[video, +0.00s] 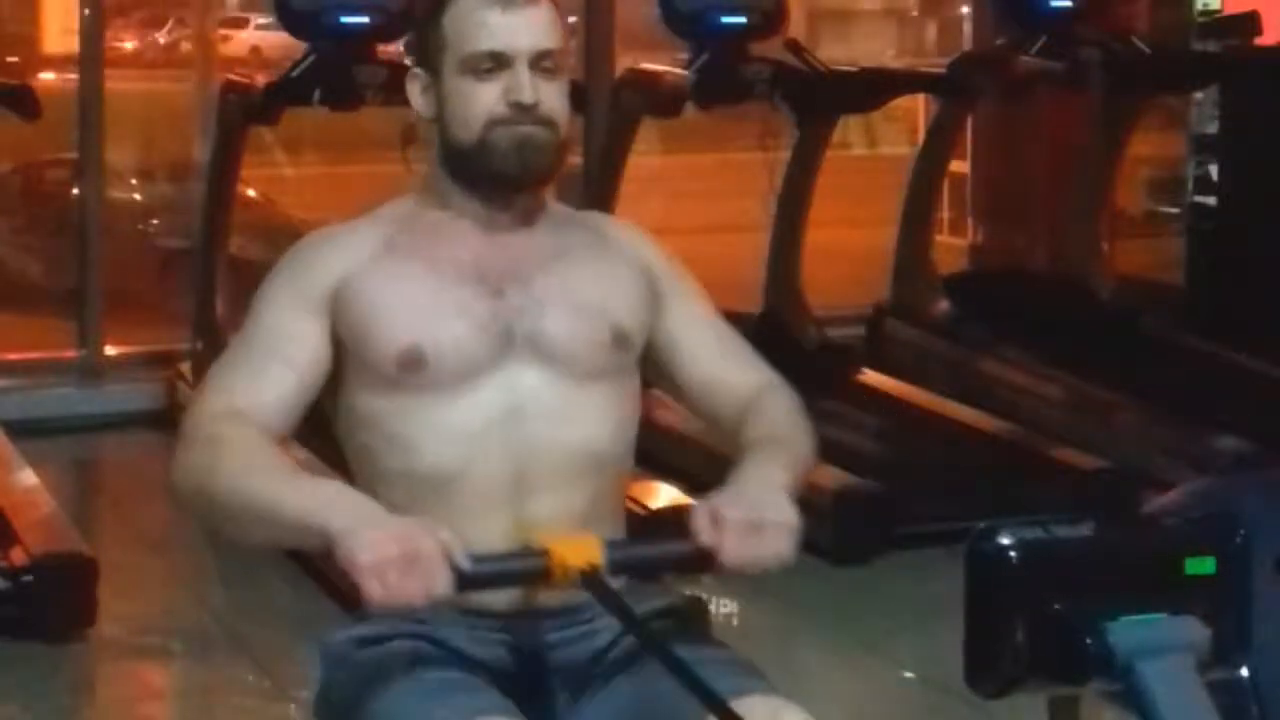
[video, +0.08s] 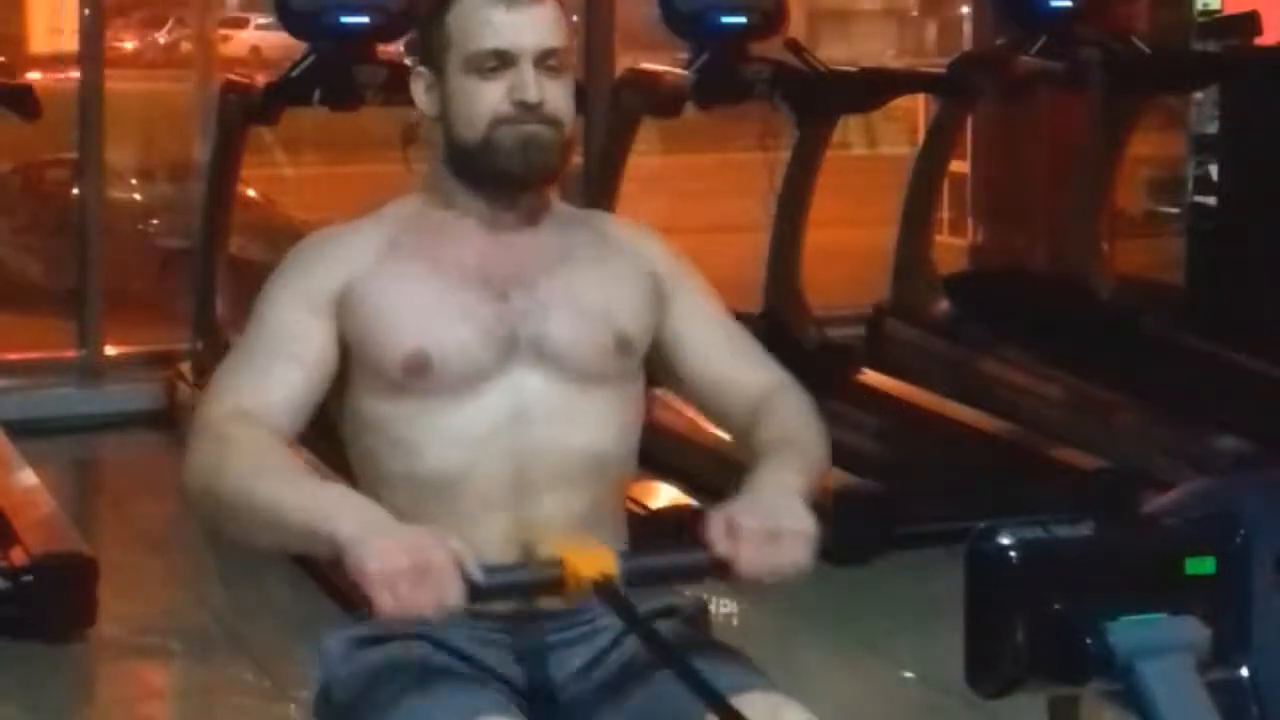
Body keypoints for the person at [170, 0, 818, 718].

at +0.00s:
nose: (524, 94)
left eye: (545, 69)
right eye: (487, 69)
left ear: (570, 89)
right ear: (421, 91)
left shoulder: (624, 257)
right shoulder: (335, 265)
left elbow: (767, 407)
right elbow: (211, 450)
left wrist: (763, 481)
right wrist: (355, 520)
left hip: (618, 617)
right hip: (425, 630)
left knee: (772, 715)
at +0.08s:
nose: (529, 92)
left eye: (550, 67)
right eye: (492, 68)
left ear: (575, 87)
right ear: (425, 90)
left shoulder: (632, 258)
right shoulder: (339, 266)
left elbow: (776, 405)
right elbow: (222, 449)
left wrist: (780, 484)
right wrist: (367, 530)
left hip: (616, 620)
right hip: (426, 630)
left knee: (779, 715)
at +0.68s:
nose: (700, 180)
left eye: (724, 146)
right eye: (653, 149)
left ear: (754, 165)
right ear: (575, 181)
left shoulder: (827, 370)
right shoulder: (462, 385)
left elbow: (986, 557)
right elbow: (523, 589)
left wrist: (1090, 700)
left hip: (683, 671)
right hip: (472, 684)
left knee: (847, 679)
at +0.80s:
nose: (684, 170)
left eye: (708, 135)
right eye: (637, 138)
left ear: (737, 153)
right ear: (561, 167)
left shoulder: (810, 354)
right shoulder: (448, 367)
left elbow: (962, 532)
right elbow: (499, 577)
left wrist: (1077, 694)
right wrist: (588, 719)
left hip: (679, 668)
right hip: (474, 681)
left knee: (852, 684)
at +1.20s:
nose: (522, 81)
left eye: (543, 53)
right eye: (483, 56)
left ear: (570, 72)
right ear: (418, 77)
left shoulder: (640, 244)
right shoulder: (336, 255)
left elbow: (767, 395)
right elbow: (279, 434)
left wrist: (813, 497)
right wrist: (415, 543)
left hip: (598, 613)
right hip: (412, 626)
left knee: (738, 713)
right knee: (437, 707)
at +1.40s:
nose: (495, 92)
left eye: (514, 64)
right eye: (458, 68)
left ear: (536, 78)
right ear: (395, 88)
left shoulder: (589, 239)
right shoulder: (315, 253)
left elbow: (696, 394)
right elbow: (184, 438)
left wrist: (699, 470)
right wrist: (317, 500)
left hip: (602, 621)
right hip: (413, 635)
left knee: (710, 705)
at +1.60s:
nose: (498, 96)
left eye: (517, 69)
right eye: (461, 71)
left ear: (539, 87)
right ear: (398, 91)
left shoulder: (585, 245)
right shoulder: (317, 258)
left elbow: (698, 399)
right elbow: (192, 448)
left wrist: (710, 471)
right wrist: (336, 518)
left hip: (601, 625)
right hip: (418, 637)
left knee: (704, 706)